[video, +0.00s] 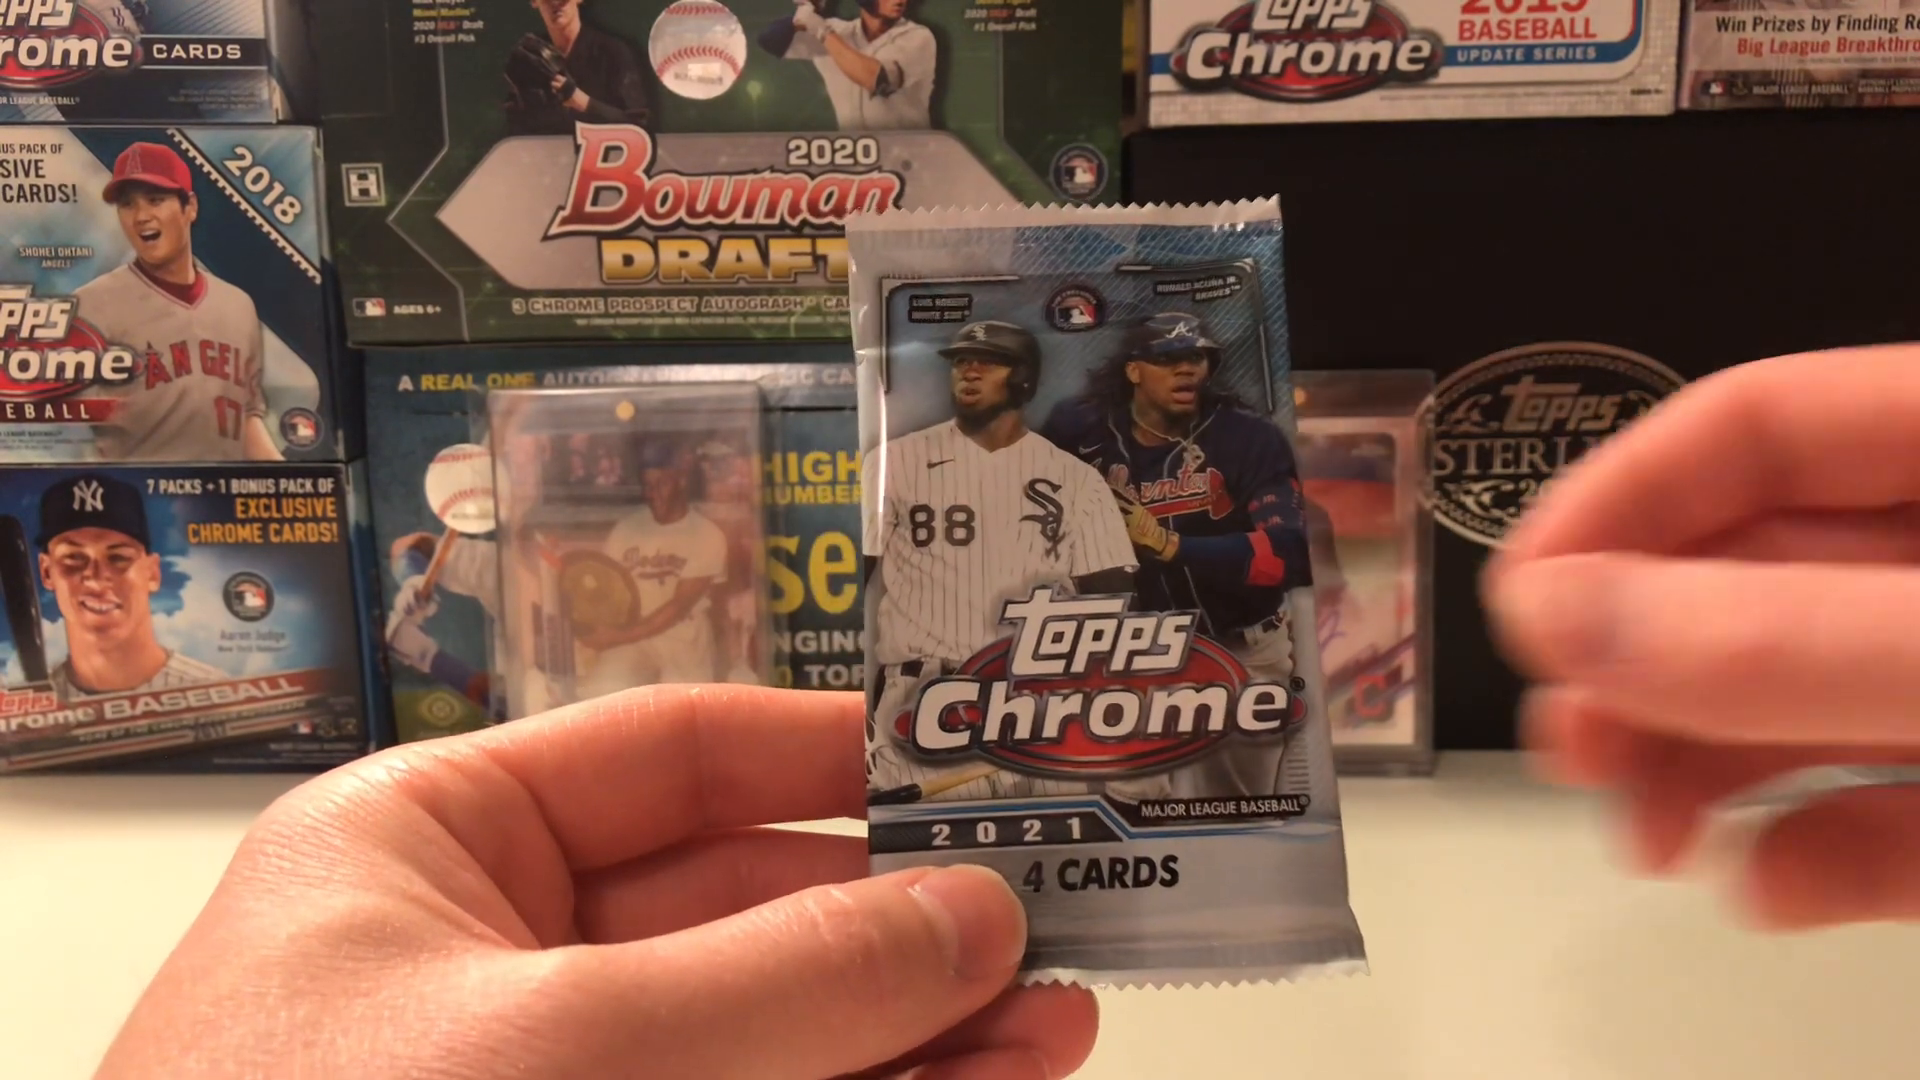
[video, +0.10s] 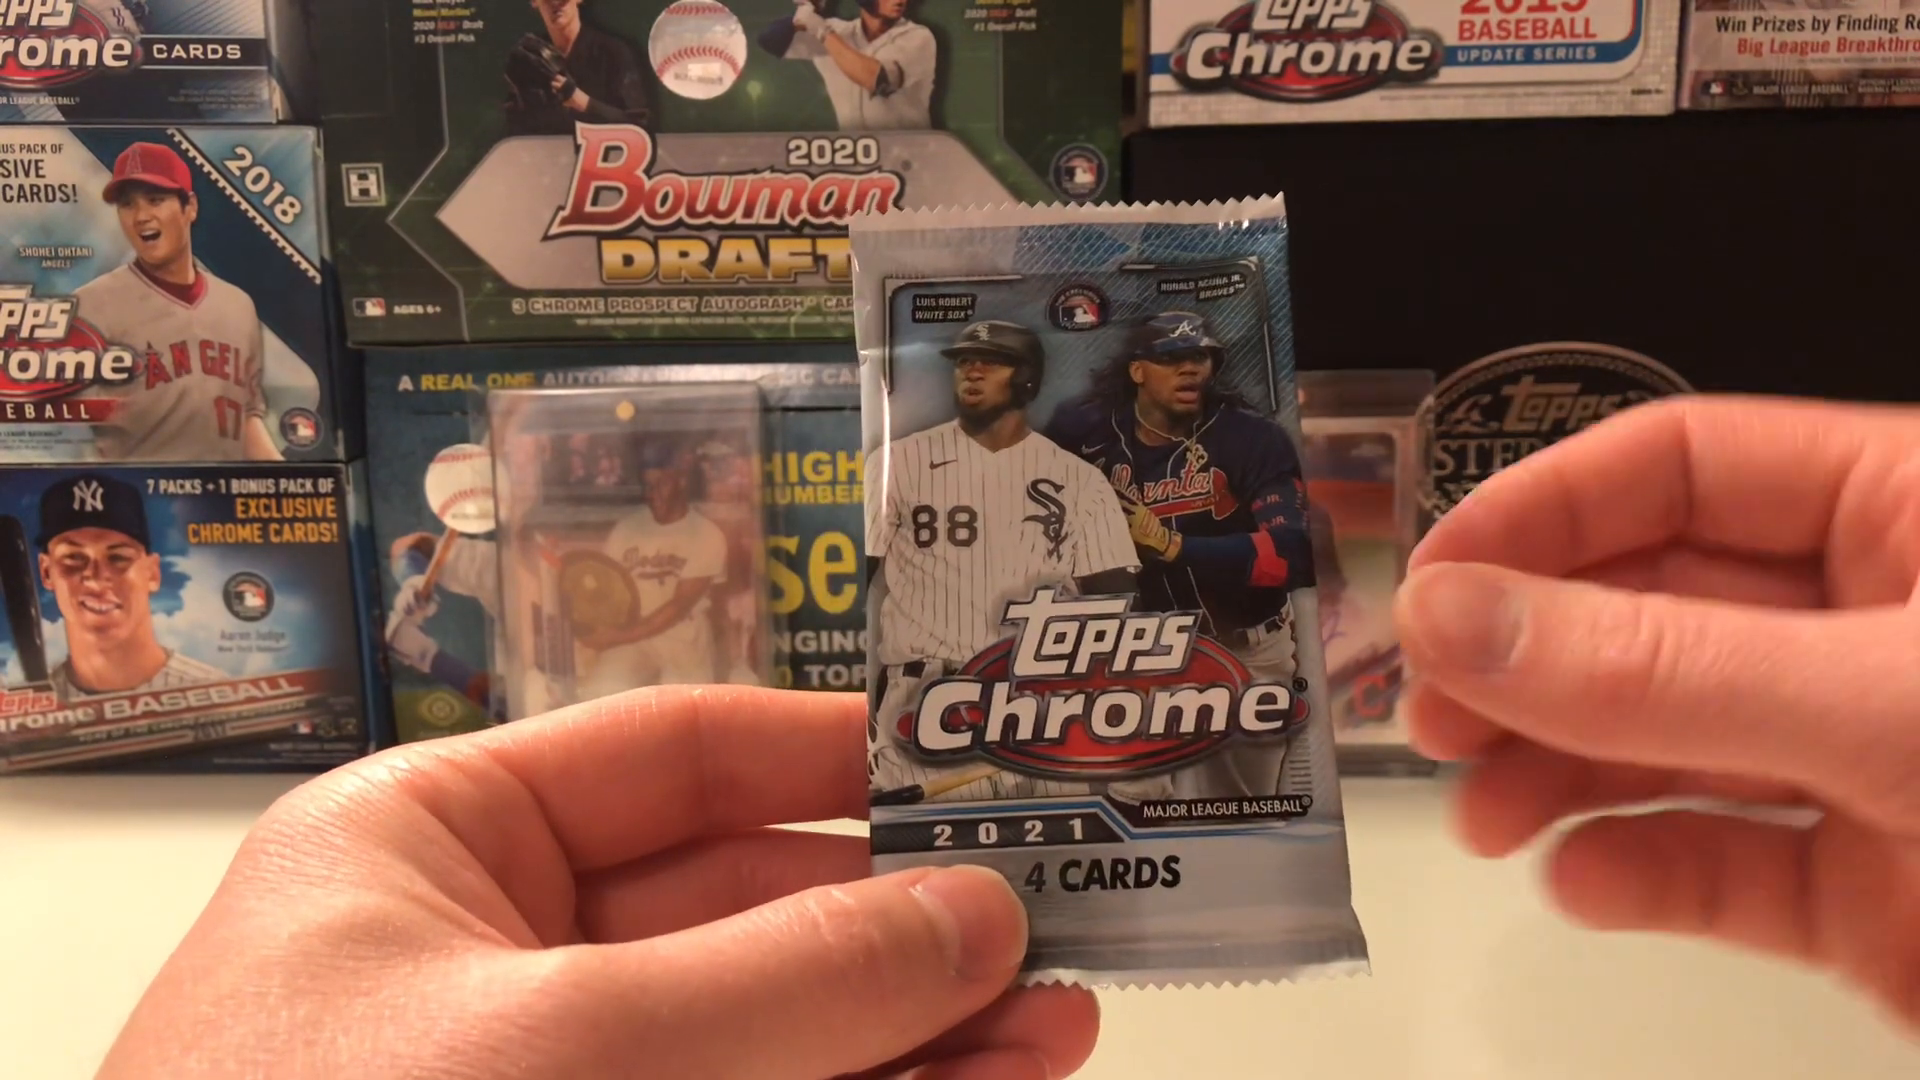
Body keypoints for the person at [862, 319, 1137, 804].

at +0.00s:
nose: (968, 373)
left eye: (986, 363)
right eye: (961, 362)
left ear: (1020, 378)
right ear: (951, 372)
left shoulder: (1076, 481)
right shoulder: (892, 465)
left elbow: (1110, 603)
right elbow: (849, 586)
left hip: (1033, 710)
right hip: (912, 709)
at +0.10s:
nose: (971, 373)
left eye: (989, 363)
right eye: (964, 362)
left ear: (1024, 378)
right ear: (953, 372)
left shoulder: (1079, 481)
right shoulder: (896, 465)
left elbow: (1114, 603)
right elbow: (852, 587)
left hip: (1038, 717)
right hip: (917, 714)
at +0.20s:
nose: (971, 376)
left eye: (989, 365)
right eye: (964, 365)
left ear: (1025, 381)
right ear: (954, 375)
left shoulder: (1080, 484)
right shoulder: (897, 468)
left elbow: (1113, 608)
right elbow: (857, 591)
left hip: (1038, 717)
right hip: (917, 715)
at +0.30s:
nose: (979, 371)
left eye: (997, 361)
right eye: (972, 360)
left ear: (1033, 378)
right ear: (961, 369)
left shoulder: (1086, 480)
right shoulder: (903, 464)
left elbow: (1121, 607)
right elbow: (866, 590)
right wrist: (870, 713)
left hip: (1042, 713)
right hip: (920, 709)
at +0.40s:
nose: (983, 370)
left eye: (1001, 360)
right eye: (976, 359)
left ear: (1037, 376)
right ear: (965, 369)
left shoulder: (1093, 483)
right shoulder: (908, 463)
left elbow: (1125, 607)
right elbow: (861, 589)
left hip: (1049, 713)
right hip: (927, 712)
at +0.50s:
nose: (984, 364)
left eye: (1002, 353)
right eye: (977, 353)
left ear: (1040, 370)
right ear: (966, 363)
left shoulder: (1096, 478)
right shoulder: (904, 462)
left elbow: (1128, 612)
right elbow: (856, 587)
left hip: (1052, 717)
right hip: (927, 715)